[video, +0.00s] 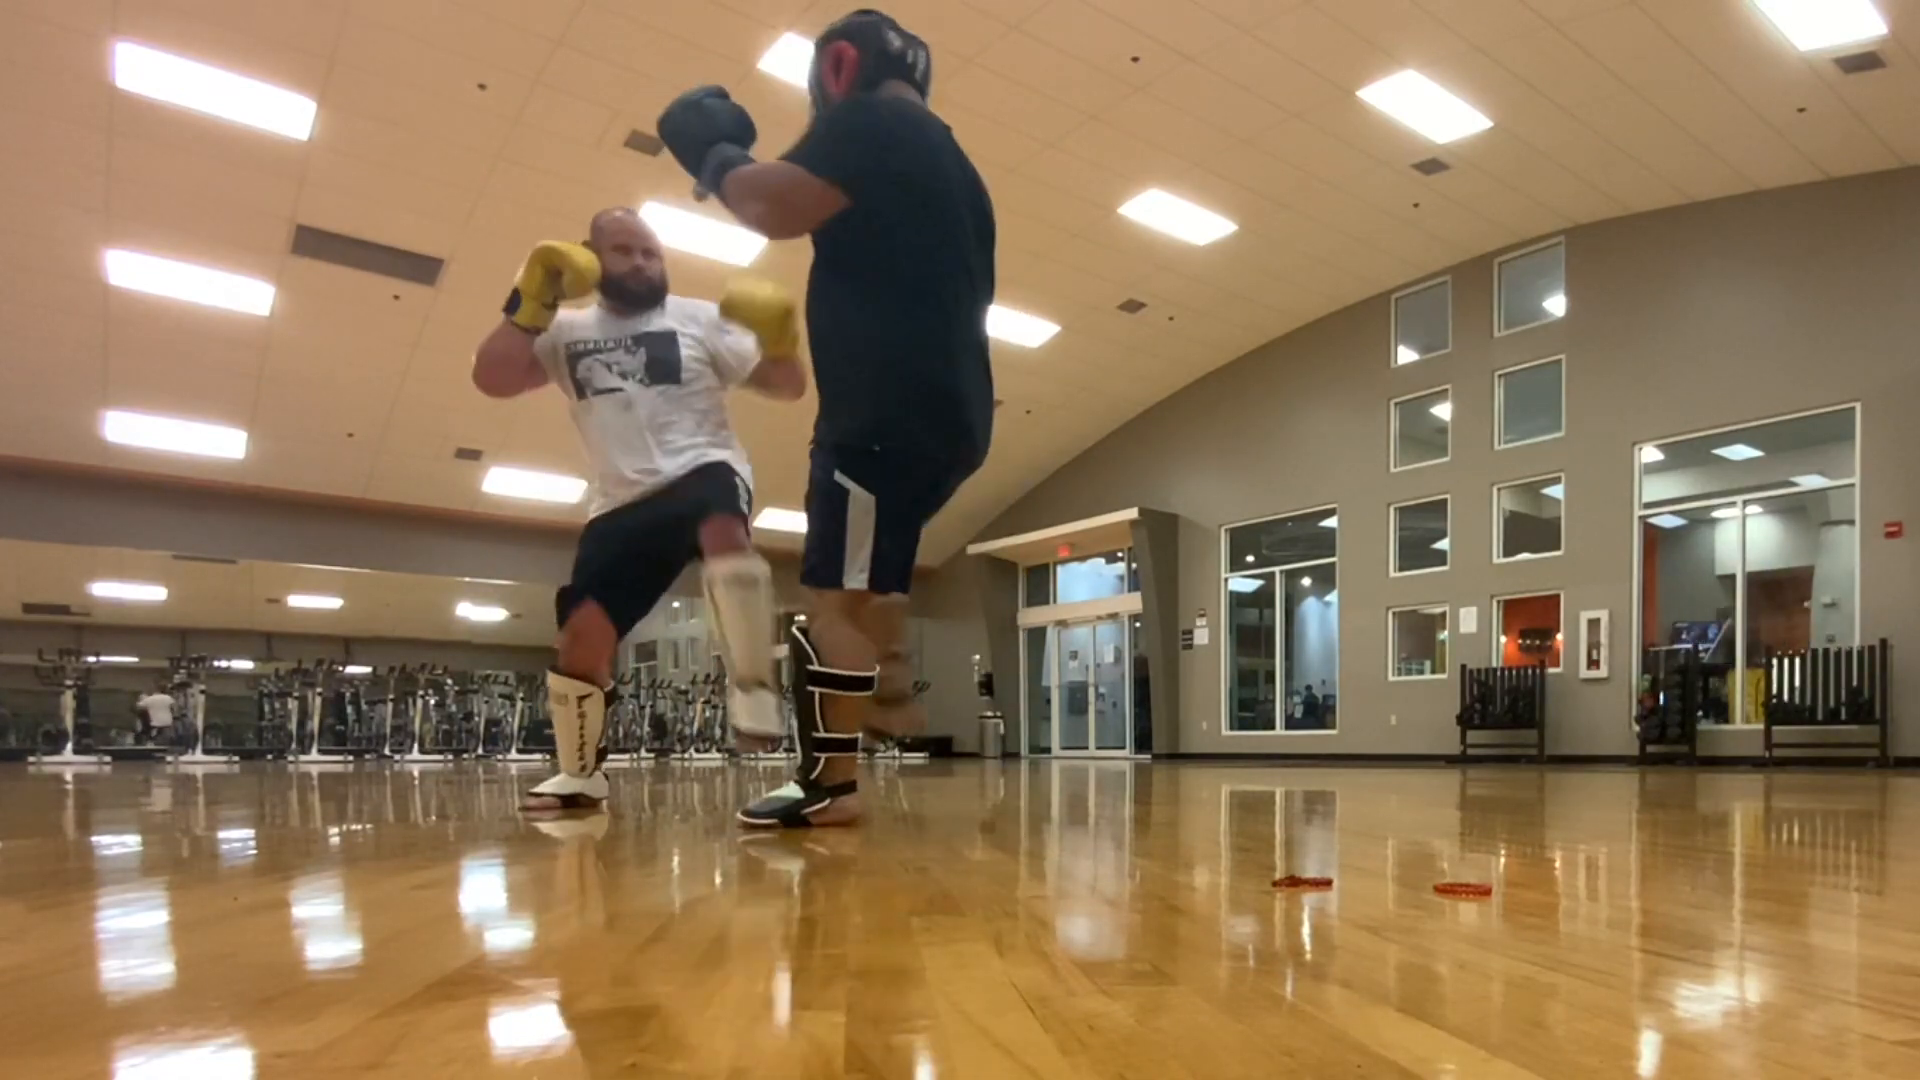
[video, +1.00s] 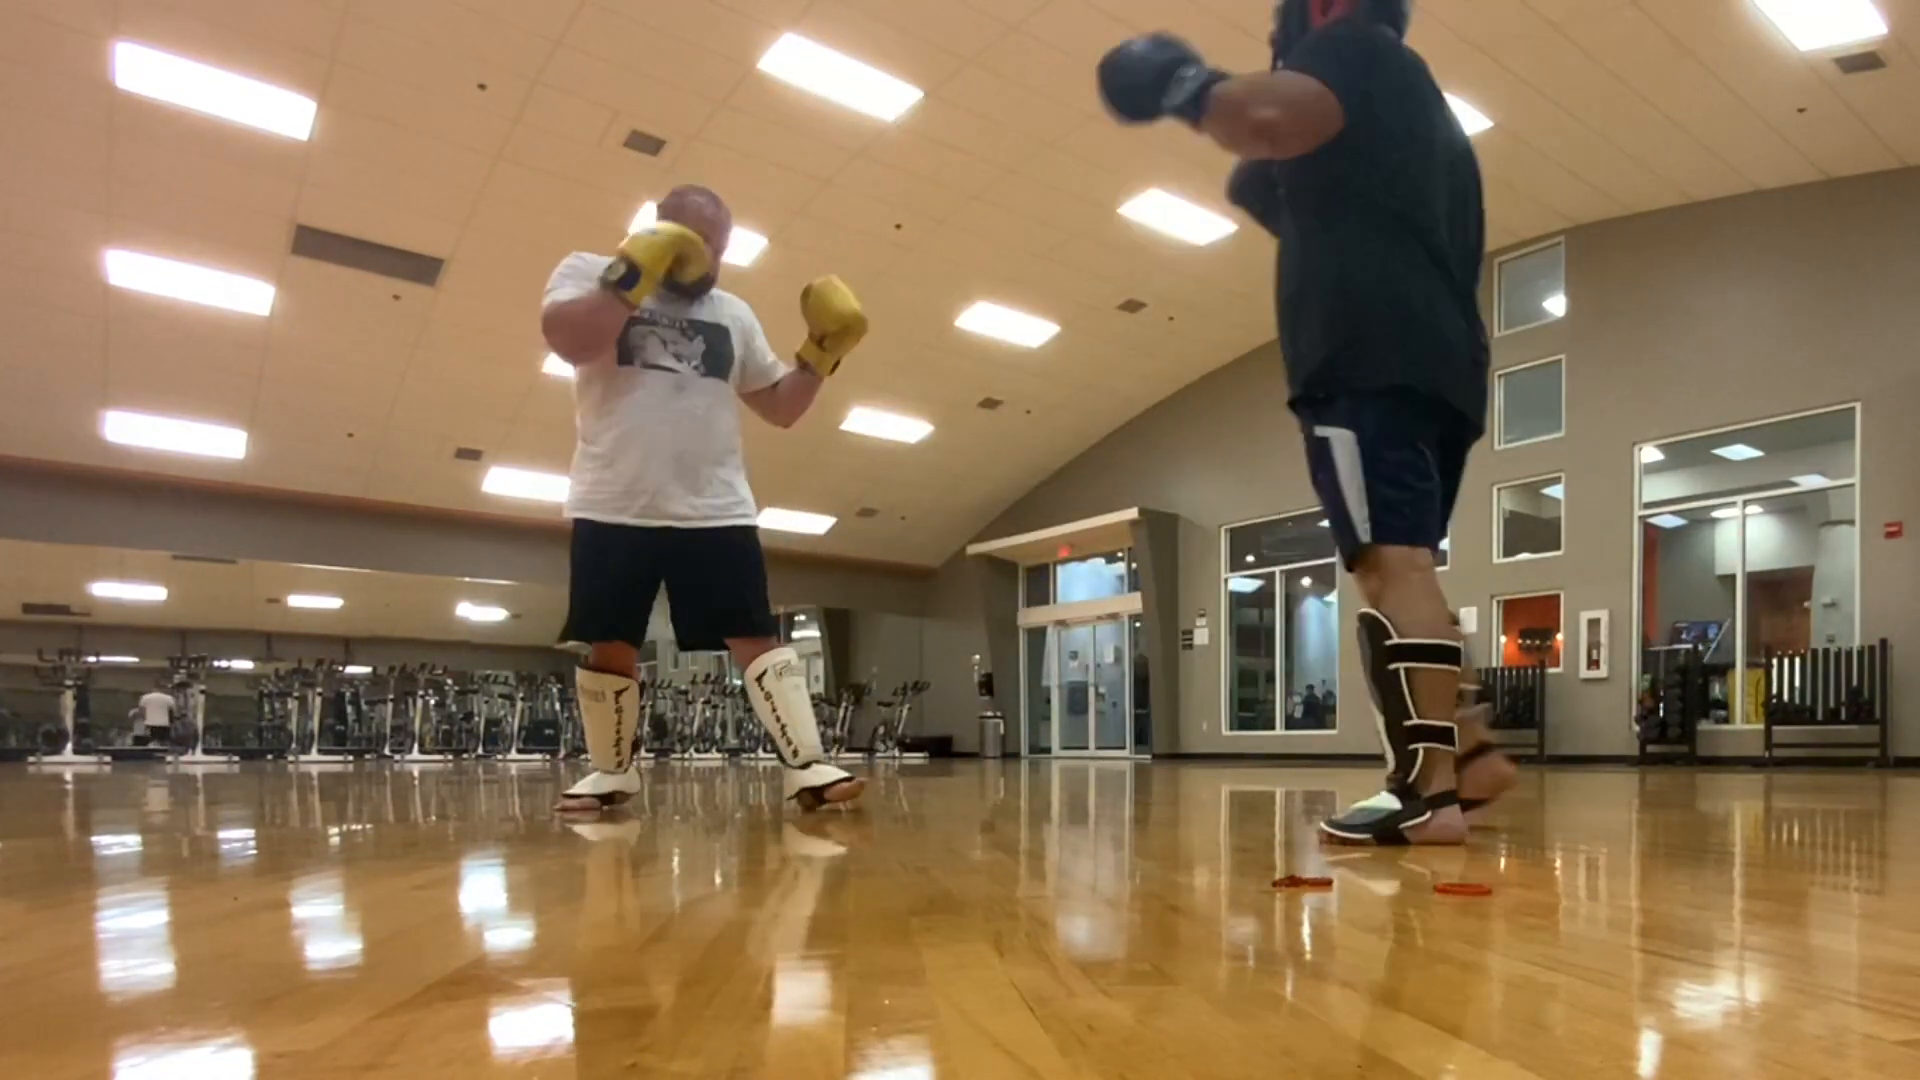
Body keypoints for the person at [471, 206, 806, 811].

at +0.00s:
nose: (642, 260)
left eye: (650, 250)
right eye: (623, 251)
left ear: (663, 259)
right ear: (594, 266)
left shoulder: (698, 319)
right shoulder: (567, 333)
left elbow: (788, 386)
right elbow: (492, 378)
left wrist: (780, 338)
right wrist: (532, 303)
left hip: (703, 473)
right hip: (623, 504)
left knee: (721, 526)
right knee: (585, 617)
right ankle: (580, 775)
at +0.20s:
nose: (683, 270)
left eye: (696, 258)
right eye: (669, 258)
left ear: (715, 263)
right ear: (641, 264)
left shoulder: (732, 307)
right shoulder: (622, 333)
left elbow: (768, 299)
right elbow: (552, 384)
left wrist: (765, 242)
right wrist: (586, 313)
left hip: (741, 515)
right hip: (652, 520)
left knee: (770, 636)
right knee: (602, 642)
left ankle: (819, 776)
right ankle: (581, 775)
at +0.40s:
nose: (697, 248)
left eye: (706, 233)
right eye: (680, 237)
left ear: (724, 230)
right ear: (656, 243)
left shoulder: (766, 299)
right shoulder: (642, 311)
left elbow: (856, 342)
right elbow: (577, 378)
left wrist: (816, 292)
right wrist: (603, 296)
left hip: (763, 495)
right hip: (674, 500)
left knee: (786, 625)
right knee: (627, 629)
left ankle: (826, 776)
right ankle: (615, 765)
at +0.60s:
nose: (702, 239)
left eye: (713, 227)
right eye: (686, 228)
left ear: (728, 230)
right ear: (658, 236)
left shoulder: (765, 296)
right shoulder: (632, 304)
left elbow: (848, 355)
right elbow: (568, 356)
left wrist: (842, 278)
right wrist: (613, 268)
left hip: (750, 502)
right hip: (649, 500)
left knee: (781, 630)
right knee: (609, 631)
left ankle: (825, 772)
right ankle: (610, 763)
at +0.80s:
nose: (687, 267)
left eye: (699, 254)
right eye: (673, 249)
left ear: (712, 251)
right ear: (639, 237)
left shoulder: (736, 324)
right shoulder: (583, 300)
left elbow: (779, 421)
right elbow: (552, 384)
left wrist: (802, 382)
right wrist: (612, 318)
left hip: (721, 511)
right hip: (620, 506)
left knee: (758, 635)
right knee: (604, 647)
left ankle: (821, 766)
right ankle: (615, 776)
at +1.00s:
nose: (705, 258)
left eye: (716, 247)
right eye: (693, 241)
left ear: (724, 250)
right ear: (660, 228)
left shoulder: (732, 314)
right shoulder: (591, 273)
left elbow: (780, 406)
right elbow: (571, 343)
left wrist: (820, 356)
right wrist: (635, 273)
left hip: (716, 504)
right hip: (615, 501)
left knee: (751, 632)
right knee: (609, 644)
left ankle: (807, 763)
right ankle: (612, 773)